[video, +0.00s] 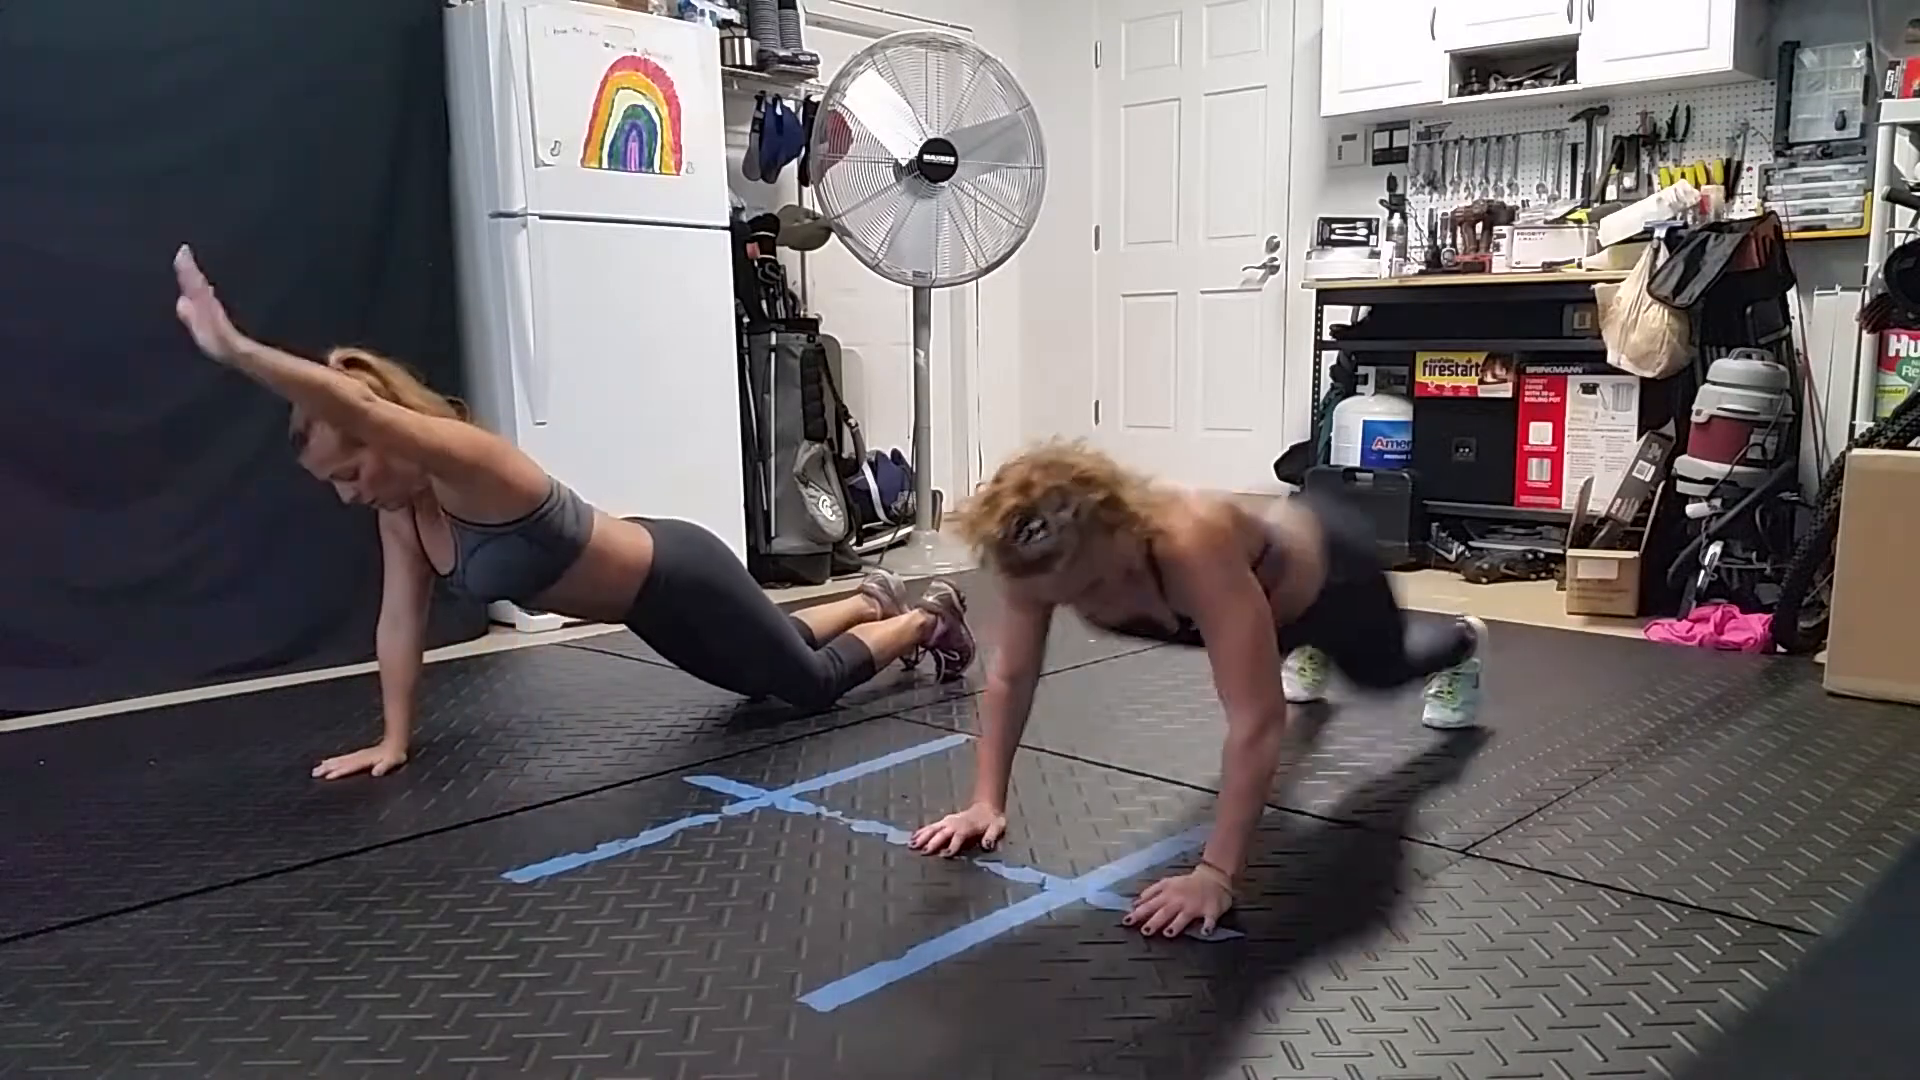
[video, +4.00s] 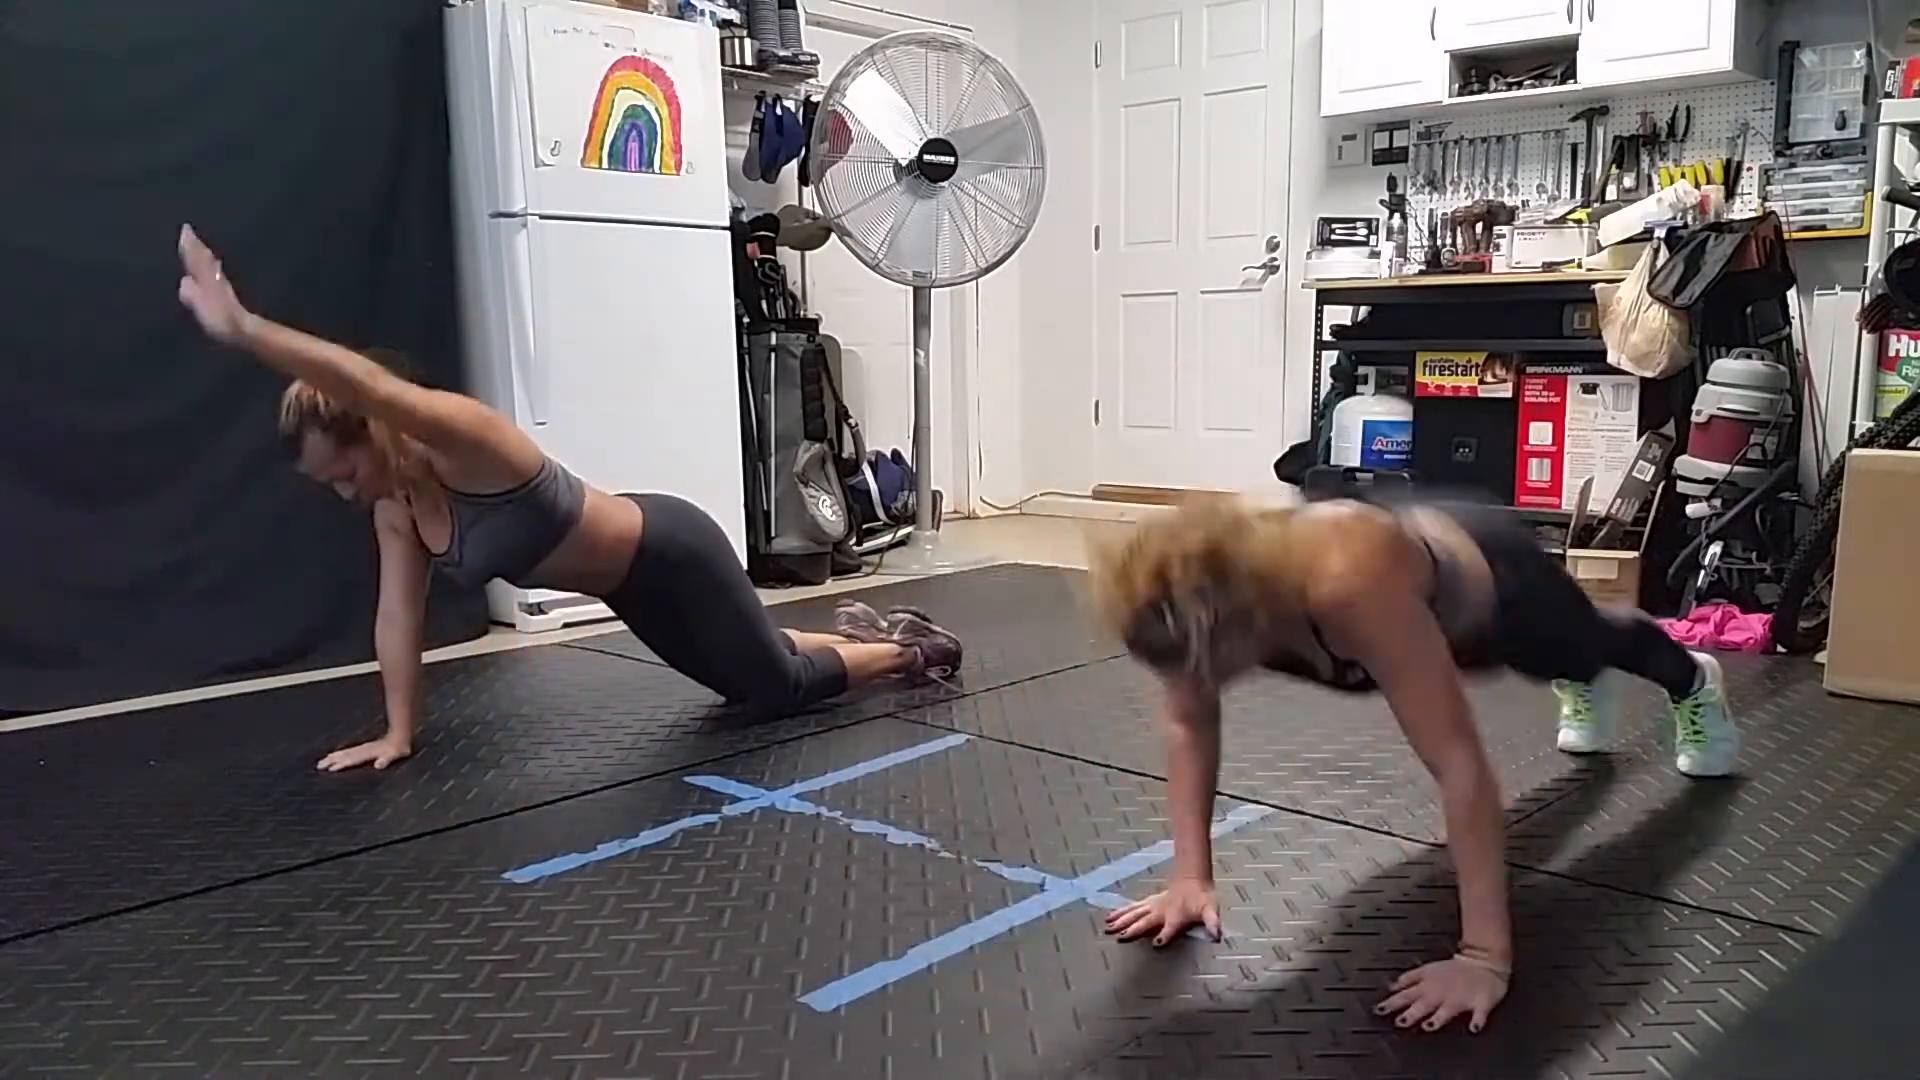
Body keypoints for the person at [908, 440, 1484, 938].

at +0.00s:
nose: (1100, 609)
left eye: (1102, 584)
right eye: (1076, 598)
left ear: (1122, 537)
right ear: (1041, 576)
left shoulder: (1194, 540)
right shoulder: (1034, 560)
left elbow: (1258, 721)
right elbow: (1010, 676)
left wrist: (1216, 873)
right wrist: (985, 802)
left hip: (1331, 580)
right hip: (1244, 596)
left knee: (1383, 662)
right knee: (1271, 648)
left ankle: (1460, 639)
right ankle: (1308, 663)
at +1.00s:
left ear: (1231, 912)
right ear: (1168, 804)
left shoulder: (1357, 848)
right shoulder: (1178, 773)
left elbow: (1544, 795)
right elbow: (1210, 695)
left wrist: (1474, 949)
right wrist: (1200, 715)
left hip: (1523, 739)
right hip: (1427, 704)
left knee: (1624, 708)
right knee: (1543, 677)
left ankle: (1709, 668)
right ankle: (1628, 642)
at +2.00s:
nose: (1039, 563)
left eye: (1043, 544)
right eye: (1027, 550)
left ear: (1087, 506)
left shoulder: (1212, 475)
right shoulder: (1067, 505)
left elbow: (1228, 693)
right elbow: (1059, 652)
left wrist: (1189, 866)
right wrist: (1043, 788)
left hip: (1378, 442)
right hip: (1296, 460)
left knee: (1453, 546)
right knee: (1387, 550)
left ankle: (1533, 620)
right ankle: (1445, 602)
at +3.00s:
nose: (930, 812)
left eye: (932, 799)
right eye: (916, 806)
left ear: (958, 764)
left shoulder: (1077, 719)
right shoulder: (956, 659)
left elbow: (1247, 734)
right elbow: (963, 712)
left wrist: (1188, 880)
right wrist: (979, 796)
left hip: (1251, 662)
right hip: (1166, 627)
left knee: (1362, 655)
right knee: (1296, 620)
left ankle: (1446, 632)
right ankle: (1386, 613)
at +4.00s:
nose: (1199, 684)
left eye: (1205, 664)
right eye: (1182, 673)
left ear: (1235, 617)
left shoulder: (1348, 576)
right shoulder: (1193, 603)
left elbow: (1461, 768)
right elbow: (1189, 724)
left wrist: (1483, 954)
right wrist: (1189, 877)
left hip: (1499, 570)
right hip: (1416, 581)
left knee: (1599, 640)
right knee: (1515, 649)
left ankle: (1694, 679)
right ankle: (1578, 678)